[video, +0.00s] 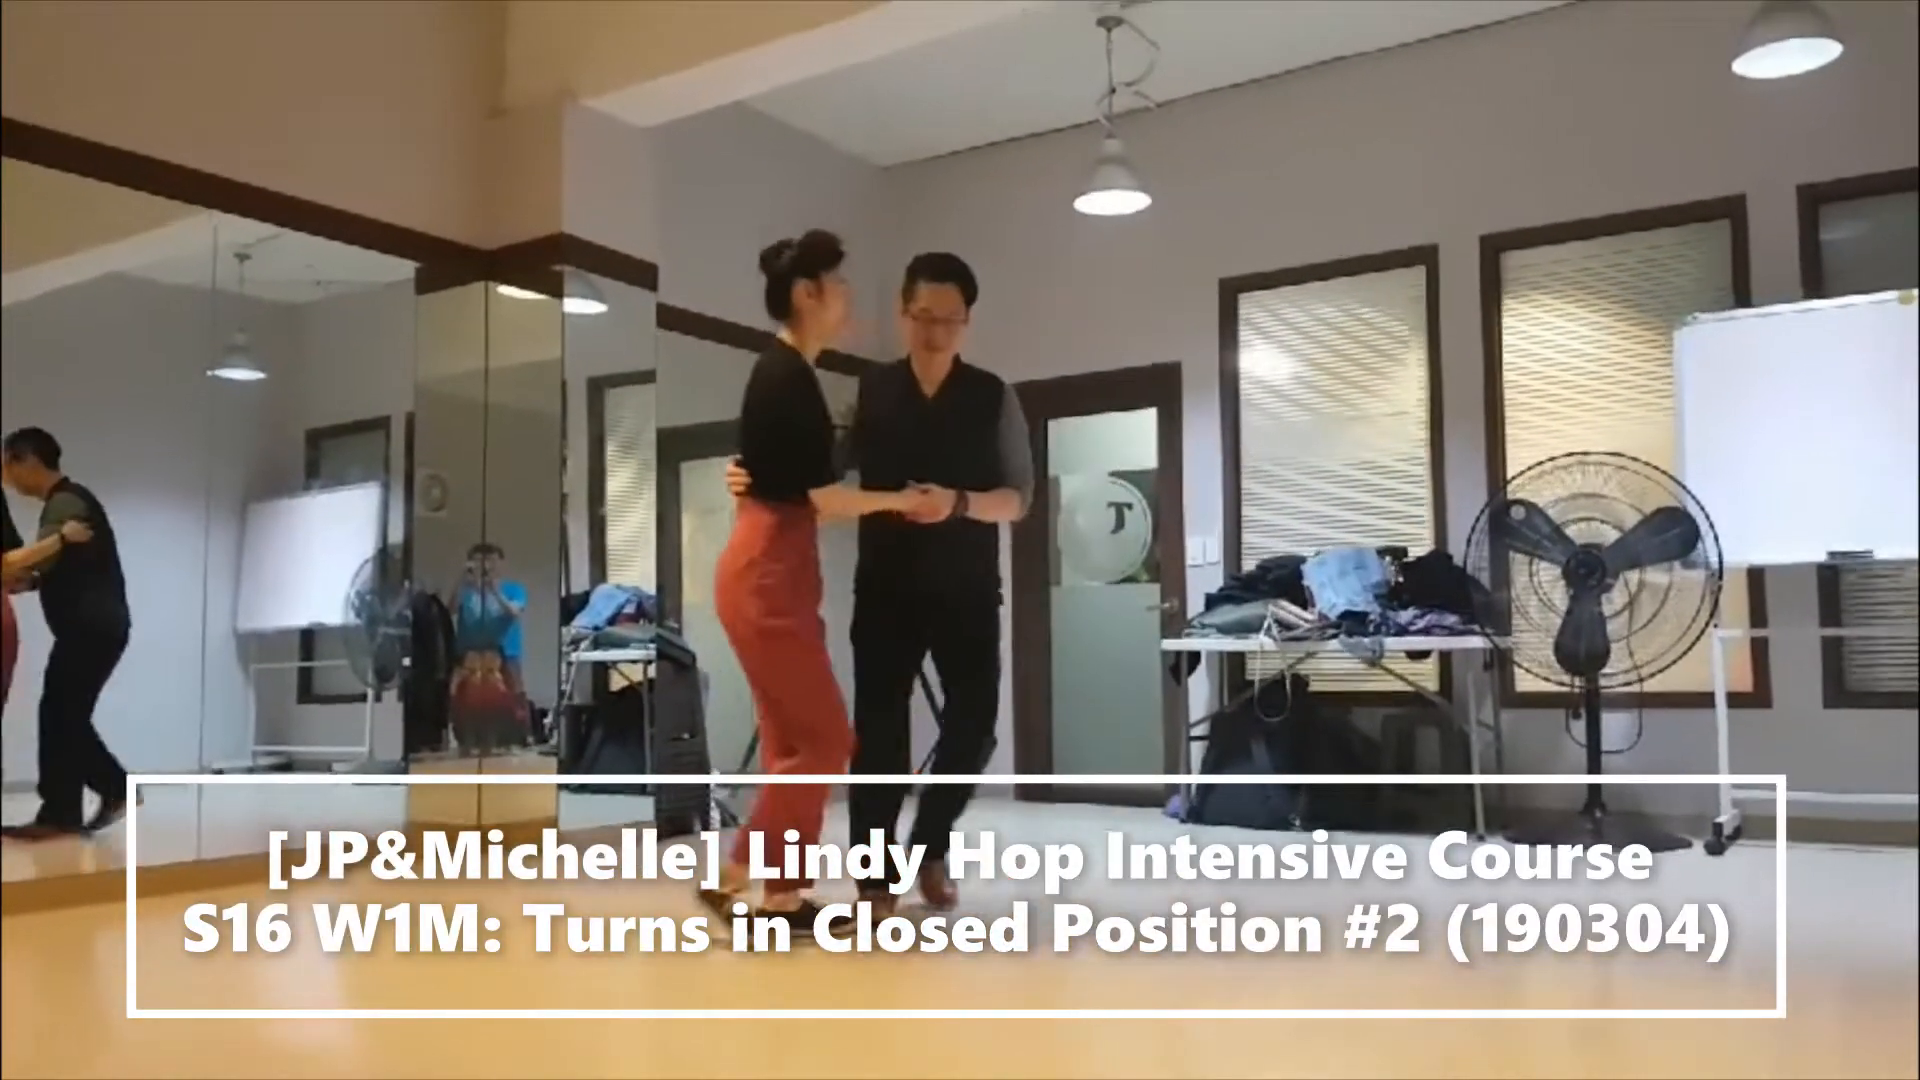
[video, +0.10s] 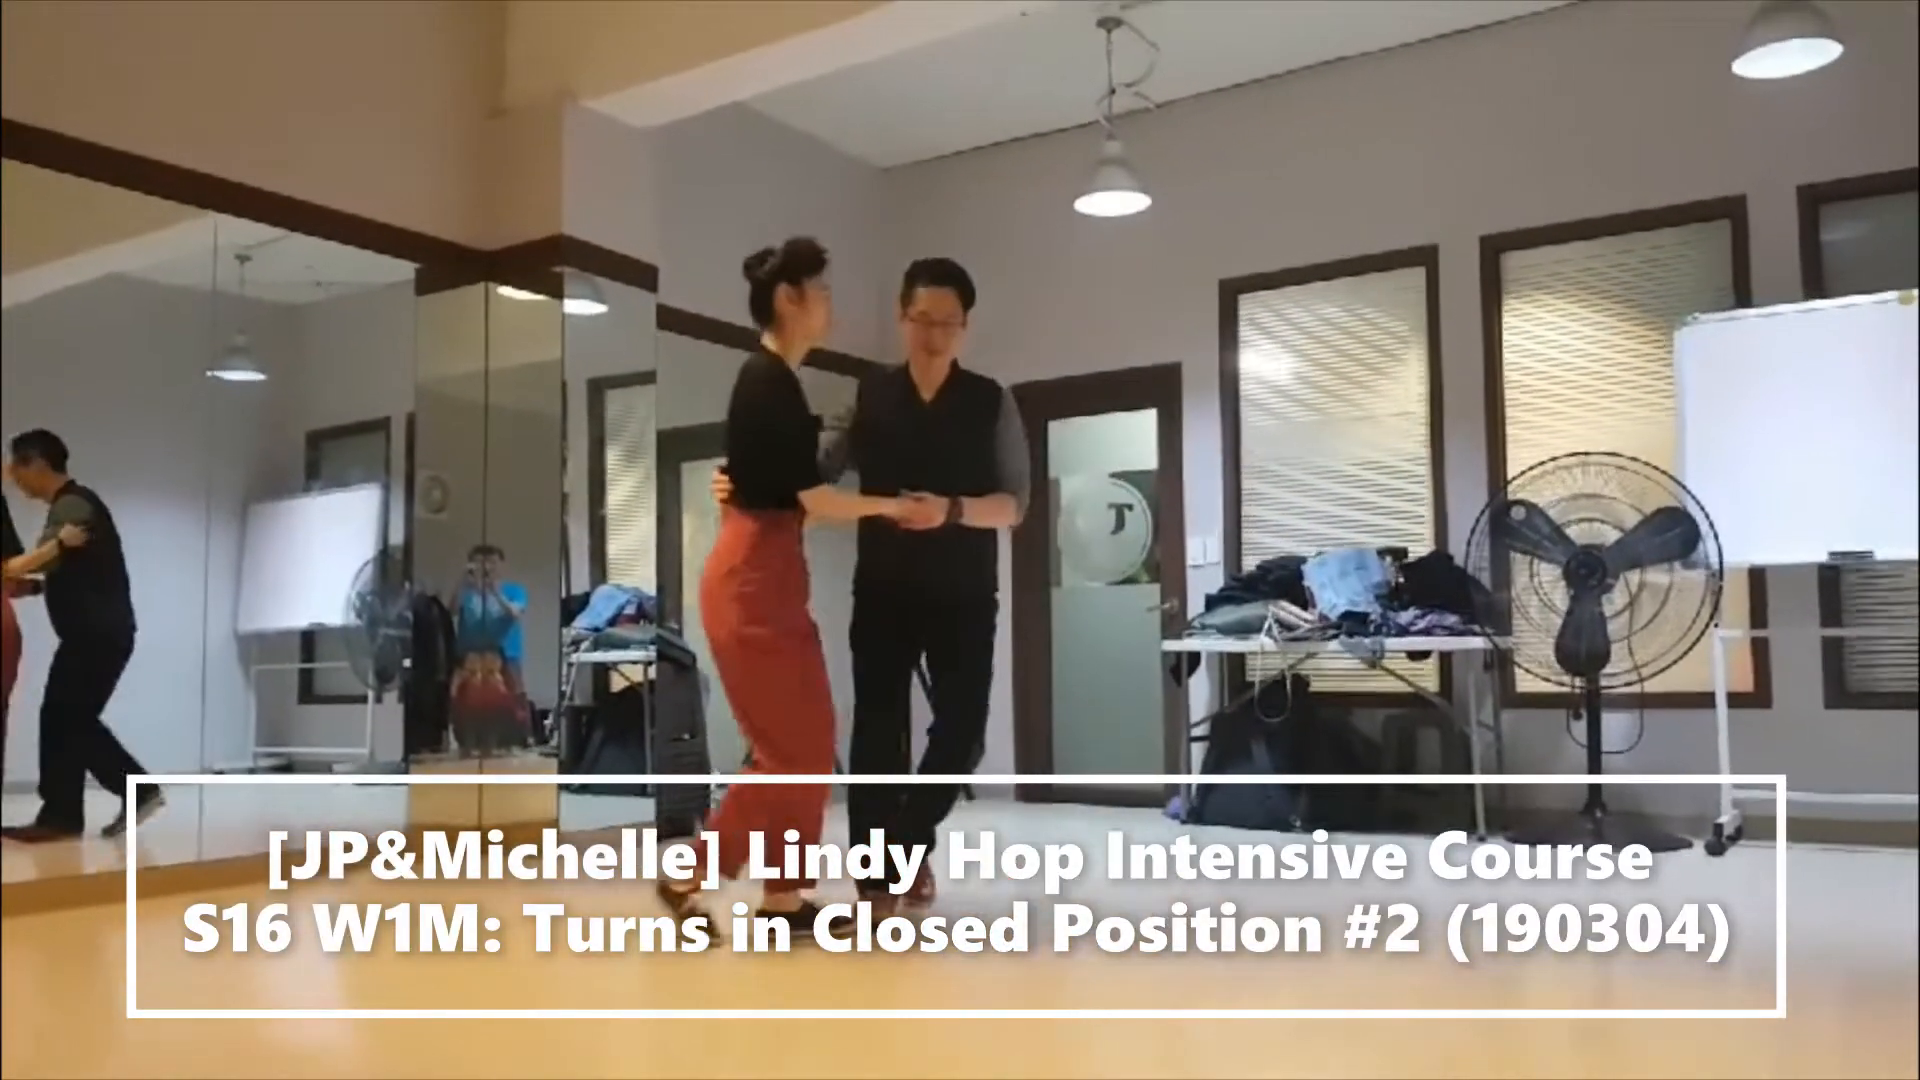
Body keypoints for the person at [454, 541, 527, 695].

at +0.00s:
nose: (485, 566)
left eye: (490, 560)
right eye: (479, 560)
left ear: (500, 563)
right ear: (471, 564)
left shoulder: (513, 589)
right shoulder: (466, 590)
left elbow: (514, 612)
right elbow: (451, 609)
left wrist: (495, 590)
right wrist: (462, 578)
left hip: (505, 657)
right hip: (471, 657)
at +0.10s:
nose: (486, 568)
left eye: (491, 562)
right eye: (480, 562)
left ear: (500, 565)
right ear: (472, 566)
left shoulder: (514, 591)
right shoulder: (467, 592)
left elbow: (515, 613)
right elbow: (452, 610)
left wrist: (495, 591)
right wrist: (463, 580)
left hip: (505, 658)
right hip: (472, 658)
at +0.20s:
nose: (487, 568)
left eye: (492, 563)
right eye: (481, 563)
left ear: (500, 566)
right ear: (473, 566)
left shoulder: (514, 591)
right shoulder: (467, 593)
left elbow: (516, 614)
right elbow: (452, 611)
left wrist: (496, 593)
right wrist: (464, 581)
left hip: (506, 659)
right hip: (472, 659)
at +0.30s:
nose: (487, 569)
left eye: (492, 563)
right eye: (481, 563)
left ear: (500, 567)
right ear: (473, 567)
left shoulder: (514, 592)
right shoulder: (467, 593)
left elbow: (516, 616)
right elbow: (453, 613)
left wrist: (496, 594)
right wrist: (464, 584)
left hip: (506, 660)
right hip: (472, 660)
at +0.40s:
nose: (487, 569)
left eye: (492, 564)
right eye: (482, 564)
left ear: (501, 567)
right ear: (474, 567)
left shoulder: (514, 592)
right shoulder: (467, 593)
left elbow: (516, 616)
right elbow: (453, 613)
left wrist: (496, 594)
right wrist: (464, 584)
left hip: (506, 660)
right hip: (472, 659)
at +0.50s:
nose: (486, 569)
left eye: (491, 563)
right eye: (480, 564)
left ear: (500, 567)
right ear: (472, 567)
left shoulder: (514, 593)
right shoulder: (466, 594)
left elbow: (516, 616)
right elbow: (452, 612)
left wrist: (496, 594)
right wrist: (463, 584)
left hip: (505, 660)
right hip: (472, 660)